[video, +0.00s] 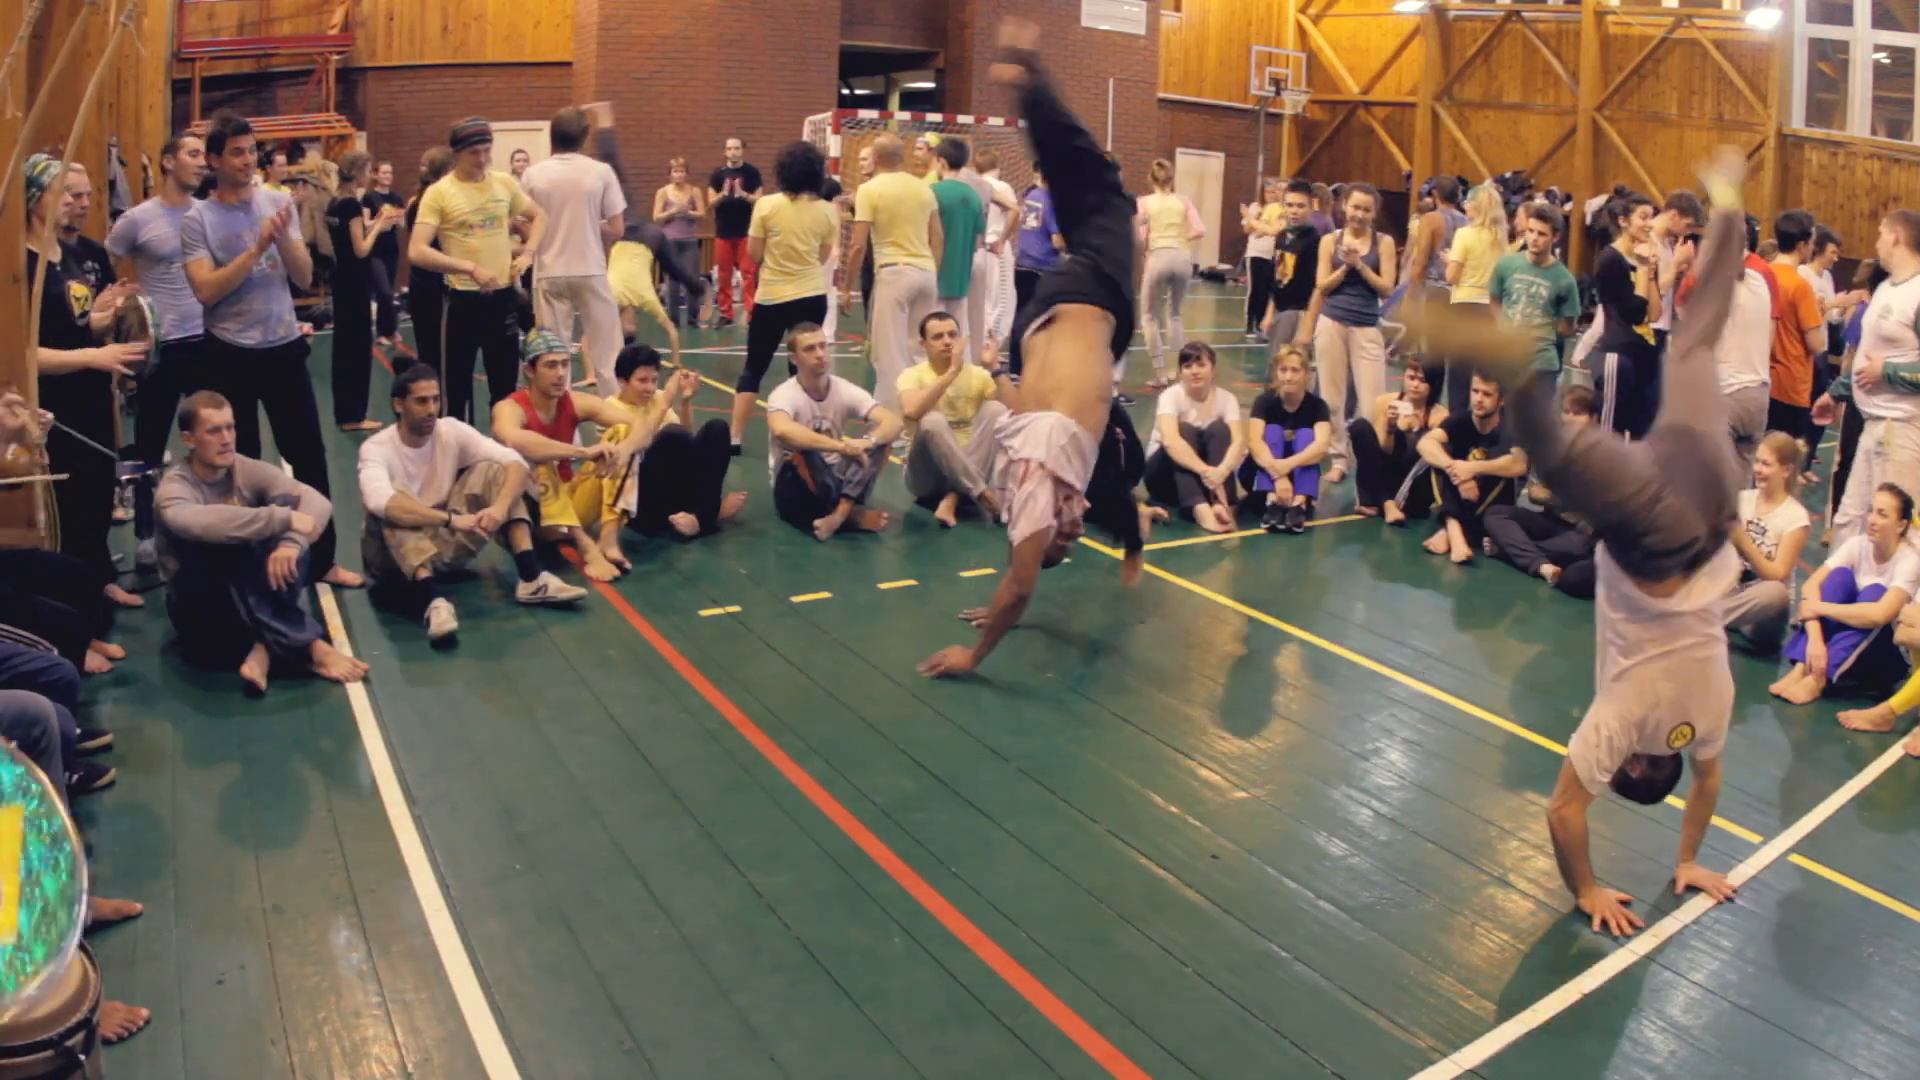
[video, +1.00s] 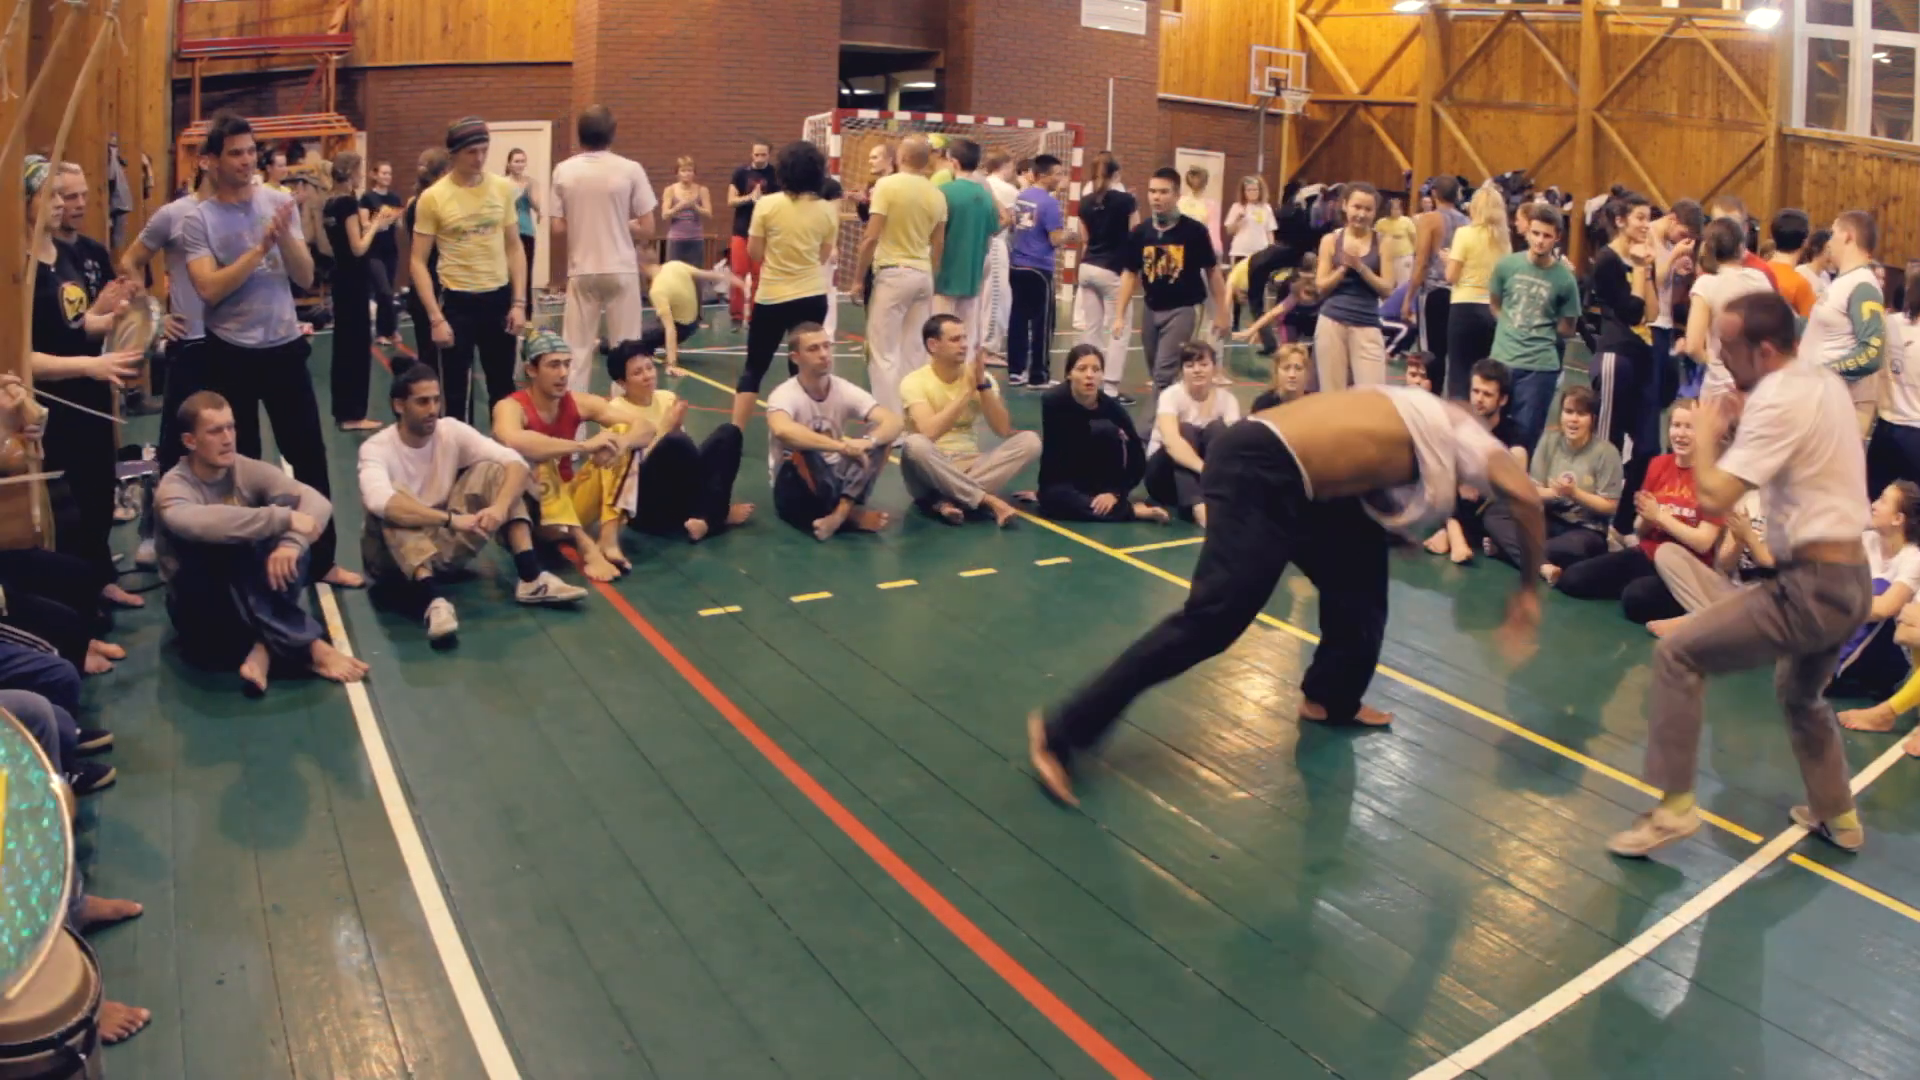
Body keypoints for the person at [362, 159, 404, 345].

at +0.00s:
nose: (388, 176)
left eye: (390, 173)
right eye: (385, 173)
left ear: (393, 176)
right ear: (376, 175)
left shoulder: (397, 198)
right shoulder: (369, 197)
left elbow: (403, 223)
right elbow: (366, 224)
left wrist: (397, 218)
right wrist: (384, 220)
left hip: (392, 247)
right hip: (375, 247)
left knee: (386, 291)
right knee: (384, 290)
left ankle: (382, 332)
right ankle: (392, 329)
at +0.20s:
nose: (388, 176)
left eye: (390, 173)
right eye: (385, 173)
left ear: (393, 176)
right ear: (376, 175)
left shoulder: (396, 198)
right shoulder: (368, 198)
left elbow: (403, 219)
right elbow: (364, 225)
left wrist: (394, 219)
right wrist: (382, 220)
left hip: (392, 244)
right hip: (374, 245)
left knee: (386, 291)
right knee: (385, 290)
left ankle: (382, 331)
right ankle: (391, 329)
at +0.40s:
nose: (388, 176)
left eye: (390, 173)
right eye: (385, 172)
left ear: (392, 176)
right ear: (375, 175)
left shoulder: (395, 197)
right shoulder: (368, 197)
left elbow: (402, 220)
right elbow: (365, 223)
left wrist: (390, 216)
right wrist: (386, 219)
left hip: (391, 246)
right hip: (375, 246)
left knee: (386, 291)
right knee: (384, 290)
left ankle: (382, 332)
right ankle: (391, 329)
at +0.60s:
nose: (388, 176)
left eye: (390, 173)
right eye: (384, 172)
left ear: (392, 176)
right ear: (375, 175)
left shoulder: (396, 198)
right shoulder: (368, 197)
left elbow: (402, 221)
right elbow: (365, 223)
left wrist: (391, 224)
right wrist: (384, 224)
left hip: (391, 245)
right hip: (374, 245)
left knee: (386, 291)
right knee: (384, 290)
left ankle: (382, 332)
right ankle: (391, 329)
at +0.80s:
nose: (388, 176)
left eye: (390, 173)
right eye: (384, 173)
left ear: (392, 176)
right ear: (375, 175)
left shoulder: (395, 198)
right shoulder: (367, 198)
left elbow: (401, 221)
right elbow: (365, 225)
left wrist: (385, 219)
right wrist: (387, 220)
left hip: (391, 248)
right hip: (374, 248)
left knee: (386, 292)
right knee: (384, 291)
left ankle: (382, 332)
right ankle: (391, 329)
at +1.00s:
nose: (388, 177)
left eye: (389, 173)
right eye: (384, 173)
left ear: (391, 176)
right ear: (374, 175)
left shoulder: (395, 198)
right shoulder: (367, 198)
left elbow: (401, 225)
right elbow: (365, 225)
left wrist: (396, 218)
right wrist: (383, 220)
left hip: (391, 248)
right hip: (373, 248)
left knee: (385, 292)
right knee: (384, 290)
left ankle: (383, 332)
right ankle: (391, 329)